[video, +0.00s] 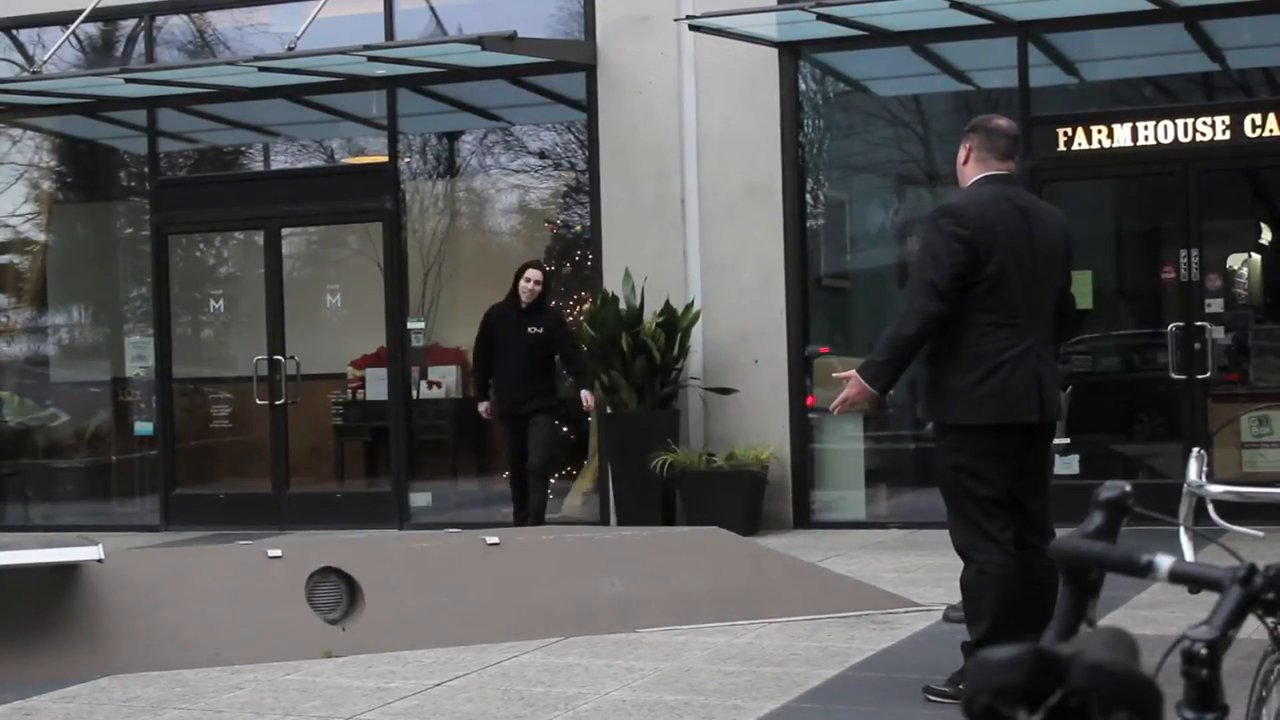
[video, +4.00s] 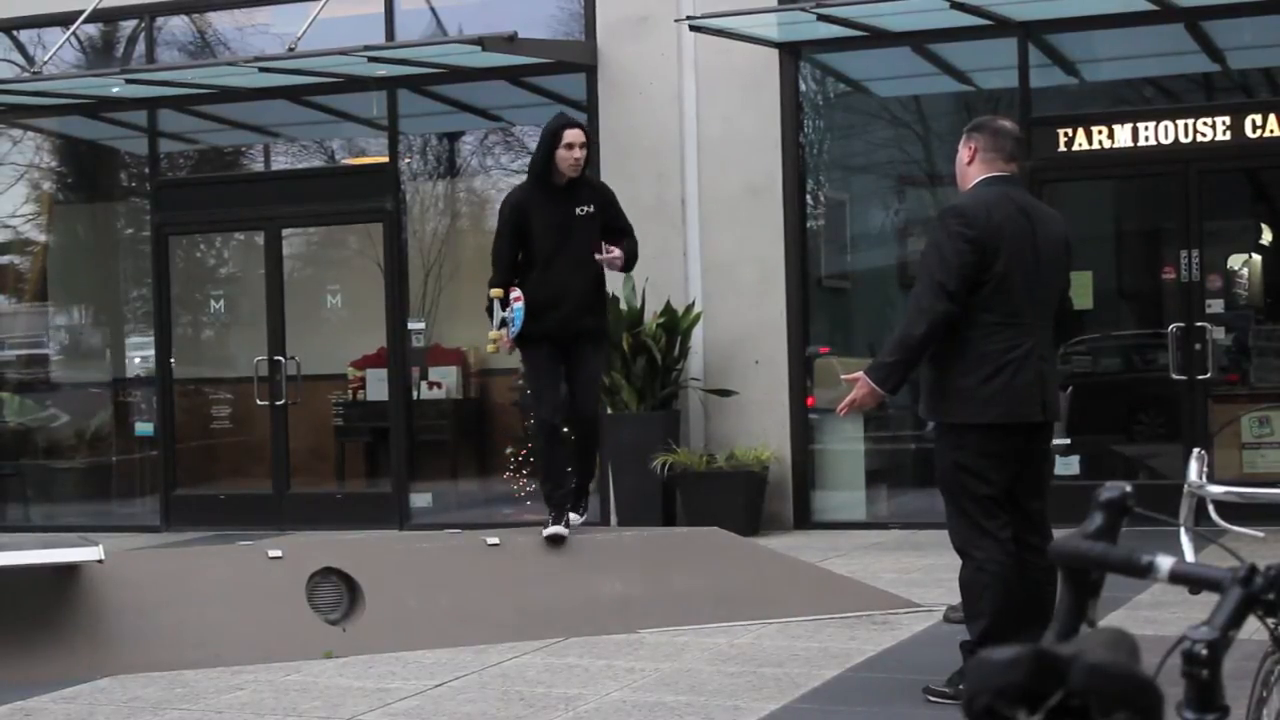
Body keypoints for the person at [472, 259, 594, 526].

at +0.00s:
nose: (531, 286)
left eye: (537, 283)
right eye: (527, 280)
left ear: (543, 288)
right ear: (517, 282)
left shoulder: (551, 317)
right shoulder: (496, 315)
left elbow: (571, 353)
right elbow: (481, 357)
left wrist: (584, 386)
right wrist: (482, 396)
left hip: (542, 400)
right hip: (508, 401)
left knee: (538, 463)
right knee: (517, 464)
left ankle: (536, 525)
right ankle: (520, 521)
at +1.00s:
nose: (557, 304)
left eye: (561, 300)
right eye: (554, 297)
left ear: (560, 301)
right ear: (539, 291)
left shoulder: (544, 333)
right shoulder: (507, 313)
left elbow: (546, 384)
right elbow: (477, 355)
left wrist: (554, 425)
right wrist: (469, 398)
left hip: (523, 408)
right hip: (497, 405)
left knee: (513, 470)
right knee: (519, 466)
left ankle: (502, 534)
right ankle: (513, 534)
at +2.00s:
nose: (551, 261)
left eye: (556, 255)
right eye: (545, 255)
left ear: (563, 261)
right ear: (532, 259)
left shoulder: (570, 302)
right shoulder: (509, 298)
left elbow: (580, 350)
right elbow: (492, 351)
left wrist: (580, 369)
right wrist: (496, 394)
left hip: (558, 401)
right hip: (519, 401)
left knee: (558, 480)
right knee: (521, 478)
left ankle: (557, 542)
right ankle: (524, 541)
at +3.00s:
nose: (584, 271)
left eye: (592, 265)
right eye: (578, 262)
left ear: (598, 267)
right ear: (562, 259)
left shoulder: (604, 301)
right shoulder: (529, 291)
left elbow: (612, 350)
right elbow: (486, 325)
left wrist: (593, 358)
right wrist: (502, 371)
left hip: (581, 383)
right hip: (539, 388)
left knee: (569, 412)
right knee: (546, 460)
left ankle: (572, 504)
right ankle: (552, 538)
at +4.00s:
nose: (577, 155)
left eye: (582, 147)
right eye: (569, 147)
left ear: (587, 152)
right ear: (550, 151)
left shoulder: (597, 194)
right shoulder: (520, 202)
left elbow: (626, 243)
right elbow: (502, 268)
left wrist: (620, 259)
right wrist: (499, 318)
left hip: (588, 323)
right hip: (539, 326)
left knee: (587, 413)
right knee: (548, 416)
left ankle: (581, 493)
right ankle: (557, 511)